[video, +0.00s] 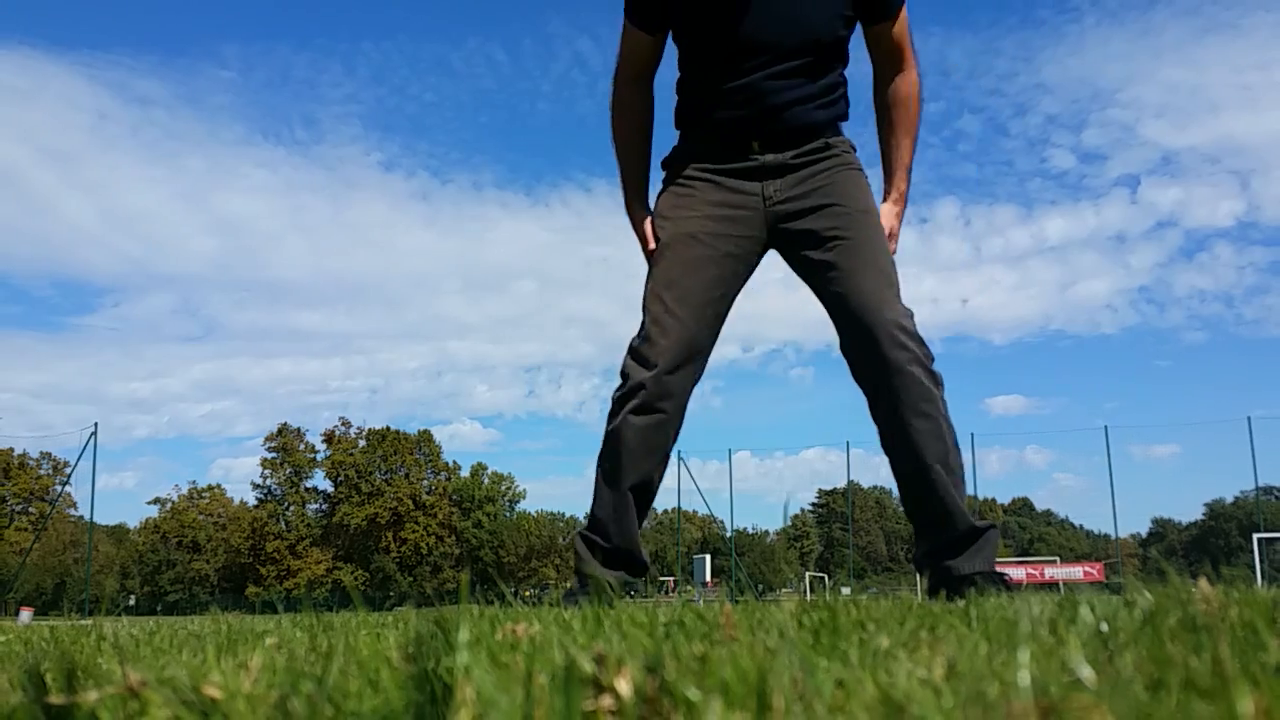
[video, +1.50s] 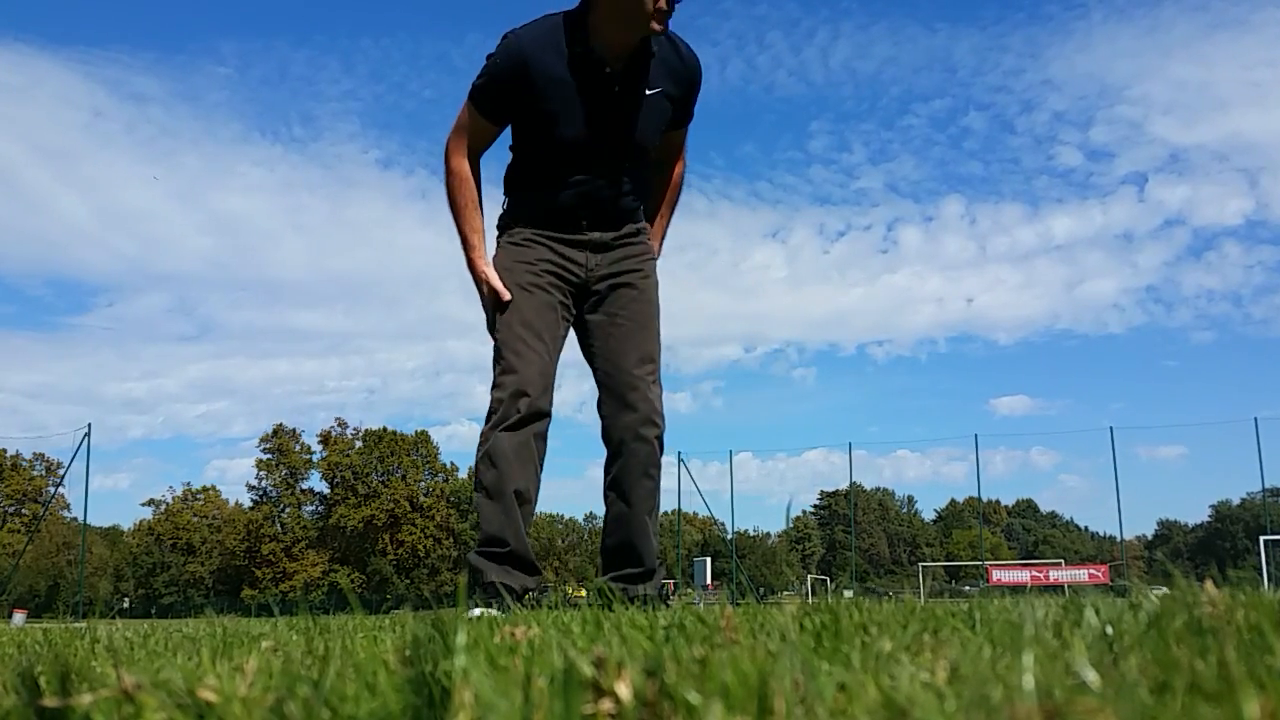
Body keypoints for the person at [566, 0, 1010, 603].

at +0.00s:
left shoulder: (868, 1)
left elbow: (895, 64)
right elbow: (632, 79)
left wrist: (895, 197)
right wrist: (637, 208)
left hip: (823, 171)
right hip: (708, 180)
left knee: (892, 344)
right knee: (657, 366)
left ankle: (961, 566)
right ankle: (604, 575)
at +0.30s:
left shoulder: (740, 3)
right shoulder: (541, 5)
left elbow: (753, 62)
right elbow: (517, 93)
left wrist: (739, 157)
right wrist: (552, 206)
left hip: (722, 178)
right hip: (615, 188)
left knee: (786, 359)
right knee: (605, 377)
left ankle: (855, 560)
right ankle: (600, 575)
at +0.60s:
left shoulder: (701, 5)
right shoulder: (510, 10)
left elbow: (721, 69)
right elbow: (493, 105)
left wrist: (717, 180)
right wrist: (541, 199)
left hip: (683, 194)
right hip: (581, 196)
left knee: (684, 391)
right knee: (587, 382)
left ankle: (659, 568)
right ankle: (594, 573)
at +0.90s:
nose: (640, 4)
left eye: (648, 1)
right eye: (631, 1)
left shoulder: (699, 24)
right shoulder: (545, 24)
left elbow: (708, 133)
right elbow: (490, 133)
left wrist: (700, 232)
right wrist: (525, 234)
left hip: (662, 230)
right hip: (573, 224)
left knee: (660, 409)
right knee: (582, 391)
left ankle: (643, 578)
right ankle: (594, 572)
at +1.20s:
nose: (686, 1)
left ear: (686, 3)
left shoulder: (699, 58)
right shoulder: (556, 36)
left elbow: (690, 157)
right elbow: (489, 130)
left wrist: (661, 237)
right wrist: (507, 234)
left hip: (648, 241)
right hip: (560, 229)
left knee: (651, 407)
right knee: (558, 374)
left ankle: (637, 577)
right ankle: (545, 570)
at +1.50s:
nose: (668, 3)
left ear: (666, 6)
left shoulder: (677, 65)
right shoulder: (527, 52)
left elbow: (671, 157)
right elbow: (462, 147)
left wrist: (648, 247)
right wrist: (477, 258)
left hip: (626, 249)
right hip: (534, 243)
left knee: (638, 413)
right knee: (521, 402)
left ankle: (636, 584)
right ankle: (500, 583)